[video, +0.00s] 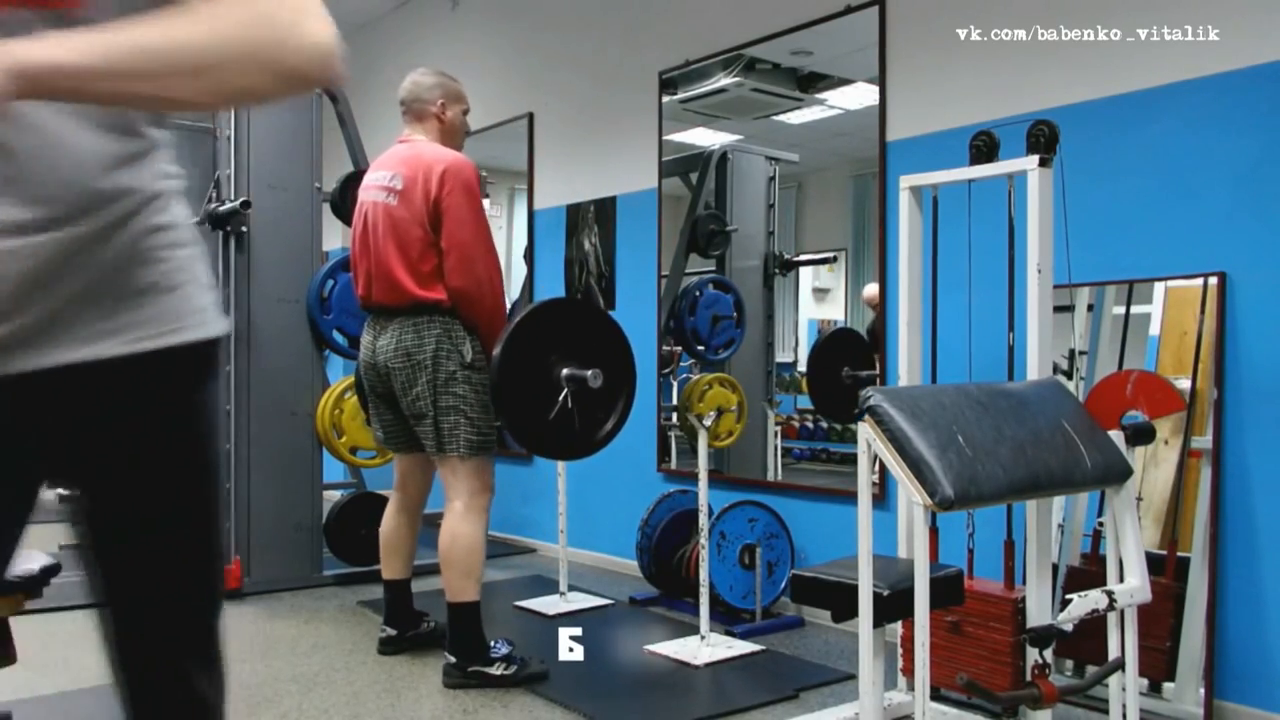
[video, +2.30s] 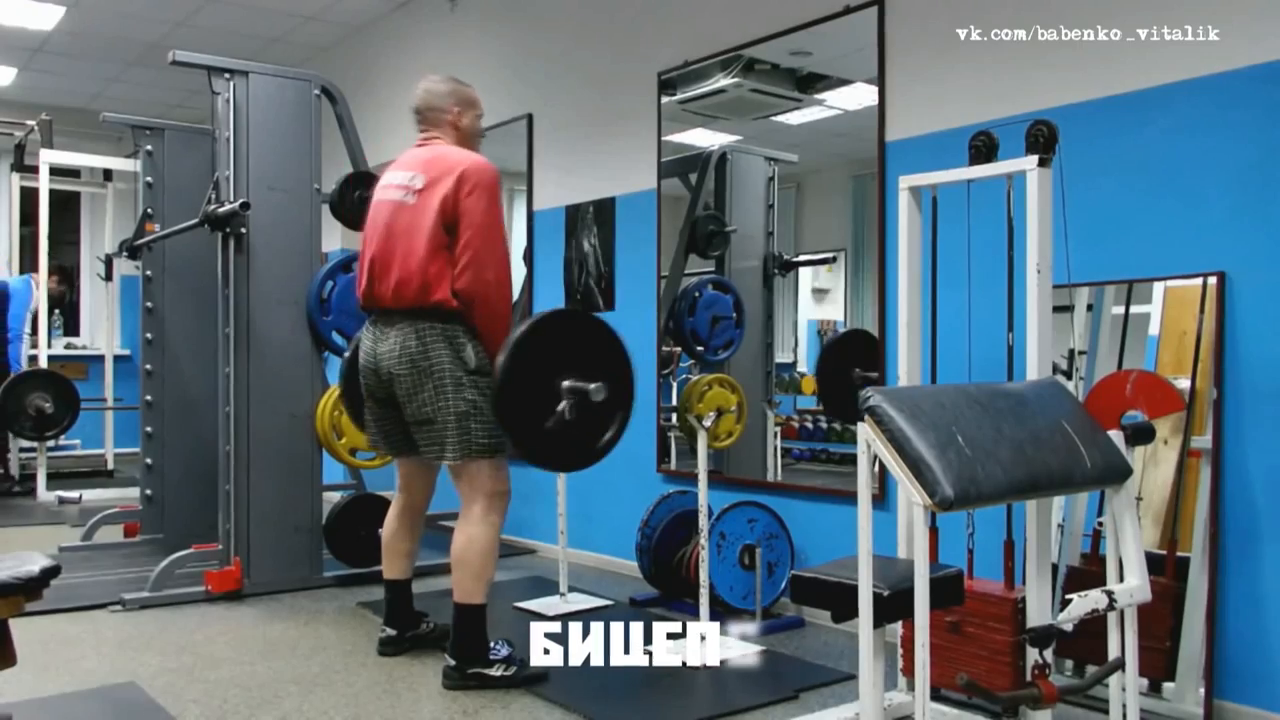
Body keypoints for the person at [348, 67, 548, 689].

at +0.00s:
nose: (468, 124)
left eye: (467, 114)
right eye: (464, 113)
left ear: (414, 112)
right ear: (439, 109)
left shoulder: (377, 169)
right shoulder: (450, 167)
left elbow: (366, 268)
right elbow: (473, 275)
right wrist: (496, 345)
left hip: (380, 338)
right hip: (439, 337)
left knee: (409, 484)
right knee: (469, 493)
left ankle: (399, 621)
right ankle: (469, 652)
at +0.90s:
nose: (435, 109)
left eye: (432, 99)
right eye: (428, 100)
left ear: (380, 104)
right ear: (401, 100)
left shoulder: (356, 164)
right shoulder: (425, 147)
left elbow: (368, 267)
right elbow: (476, 242)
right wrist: (511, 281)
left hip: (396, 333)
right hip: (449, 324)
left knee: (424, 473)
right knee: (494, 476)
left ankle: (401, 612)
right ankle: (477, 638)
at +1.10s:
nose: (427, 143)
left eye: (428, 135)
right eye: (424, 134)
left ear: (373, 124)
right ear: (399, 123)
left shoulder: (345, 181)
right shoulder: (399, 163)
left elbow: (384, 263)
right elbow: (475, 231)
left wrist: (458, 203)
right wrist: (514, 201)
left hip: (411, 348)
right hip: (462, 340)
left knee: (434, 487)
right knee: (502, 489)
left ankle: (402, 620)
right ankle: (472, 652)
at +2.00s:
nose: (453, 123)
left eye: (452, 112)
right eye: (449, 111)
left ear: (398, 110)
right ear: (423, 108)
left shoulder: (361, 172)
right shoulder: (431, 160)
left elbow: (363, 275)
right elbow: (472, 258)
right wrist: (522, 281)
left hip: (387, 341)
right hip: (444, 334)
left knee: (416, 481)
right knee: (479, 491)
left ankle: (400, 622)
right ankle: (470, 654)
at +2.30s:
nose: (480, 128)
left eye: (478, 118)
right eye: (476, 118)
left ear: (426, 119)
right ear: (456, 116)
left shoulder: (394, 170)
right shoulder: (472, 169)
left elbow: (373, 267)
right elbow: (482, 277)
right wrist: (497, 356)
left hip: (378, 340)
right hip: (437, 340)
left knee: (412, 487)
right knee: (486, 493)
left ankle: (400, 621)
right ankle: (471, 654)